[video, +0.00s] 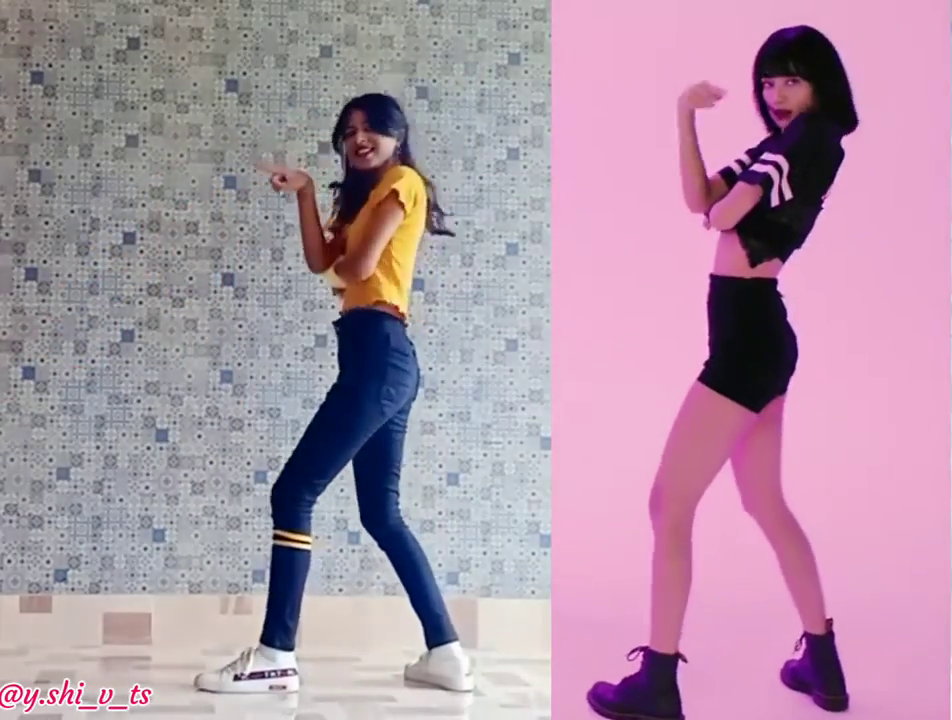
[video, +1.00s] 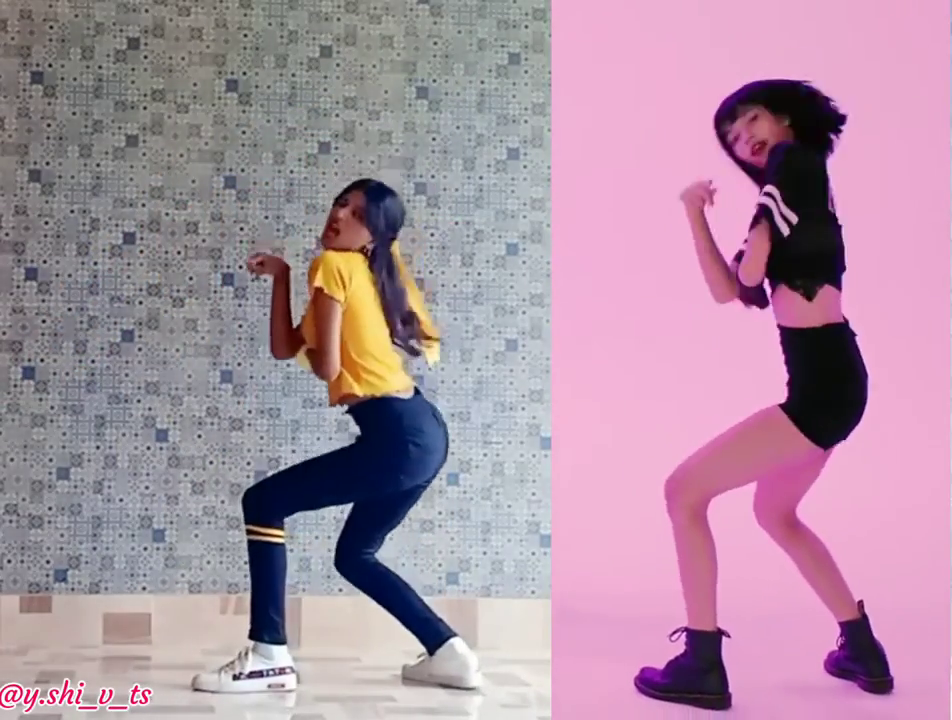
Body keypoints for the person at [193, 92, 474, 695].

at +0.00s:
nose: (359, 140)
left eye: (371, 129)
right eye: (350, 134)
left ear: (397, 136)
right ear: (345, 146)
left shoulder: (401, 182)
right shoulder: (367, 193)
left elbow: (360, 270)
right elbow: (318, 258)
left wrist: (339, 254)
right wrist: (306, 192)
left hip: (376, 357)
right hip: (385, 359)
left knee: (293, 493)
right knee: (383, 516)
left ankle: (274, 656)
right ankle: (446, 652)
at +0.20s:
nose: (375, 142)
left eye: (389, 132)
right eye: (366, 134)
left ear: (412, 144)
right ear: (358, 145)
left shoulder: (401, 203)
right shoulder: (359, 207)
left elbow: (355, 284)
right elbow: (305, 263)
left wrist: (325, 282)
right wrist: (299, 203)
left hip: (372, 368)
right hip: (383, 370)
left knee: (286, 496)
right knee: (371, 525)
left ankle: (273, 656)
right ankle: (443, 651)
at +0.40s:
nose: (356, 148)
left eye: (371, 142)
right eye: (351, 139)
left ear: (395, 157)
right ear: (342, 151)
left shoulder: (384, 205)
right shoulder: (362, 219)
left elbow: (362, 296)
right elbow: (305, 286)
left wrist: (331, 291)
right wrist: (286, 218)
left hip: (380, 382)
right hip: (387, 383)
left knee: (270, 496)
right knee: (359, 535)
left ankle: (271, 657)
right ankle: (444, 652)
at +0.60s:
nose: (349, 168)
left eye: (364, 161)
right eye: (345, 158)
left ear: (389, 177)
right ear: (339, 169)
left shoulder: (376, 224)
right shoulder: (361, 234)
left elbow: (354, 315)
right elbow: (301, 305)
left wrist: (327, 307)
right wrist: (282, 239)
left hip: (382, 401)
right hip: (401, 403)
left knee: (261, 500)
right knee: (359, 544)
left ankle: (270, 656)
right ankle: (444, 652)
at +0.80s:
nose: (343, 167)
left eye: (355, 160)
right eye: (341, 158)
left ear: (384, 173)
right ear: (344, 167)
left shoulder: (361, 217)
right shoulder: (381, 225)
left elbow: (345, 310)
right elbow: (298, 299)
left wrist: (326, 300)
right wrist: (274, 227)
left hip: (383, 397)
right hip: (408, 400)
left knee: (265, 496)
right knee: (361, 540)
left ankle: (265, 654)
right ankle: (443, 651)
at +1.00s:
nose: (337, 214)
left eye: (351, 212)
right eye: (340, 204)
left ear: (372, 234)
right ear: (339, 210)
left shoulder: (335, 264)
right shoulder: (377, 273)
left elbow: (328, 367)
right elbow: (283, 347)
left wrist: (316, 328)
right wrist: (281, 278)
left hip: (393, 437)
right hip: (427, 435)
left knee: (262, 501)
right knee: (353, 557)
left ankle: (267, 654)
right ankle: (446, 651)